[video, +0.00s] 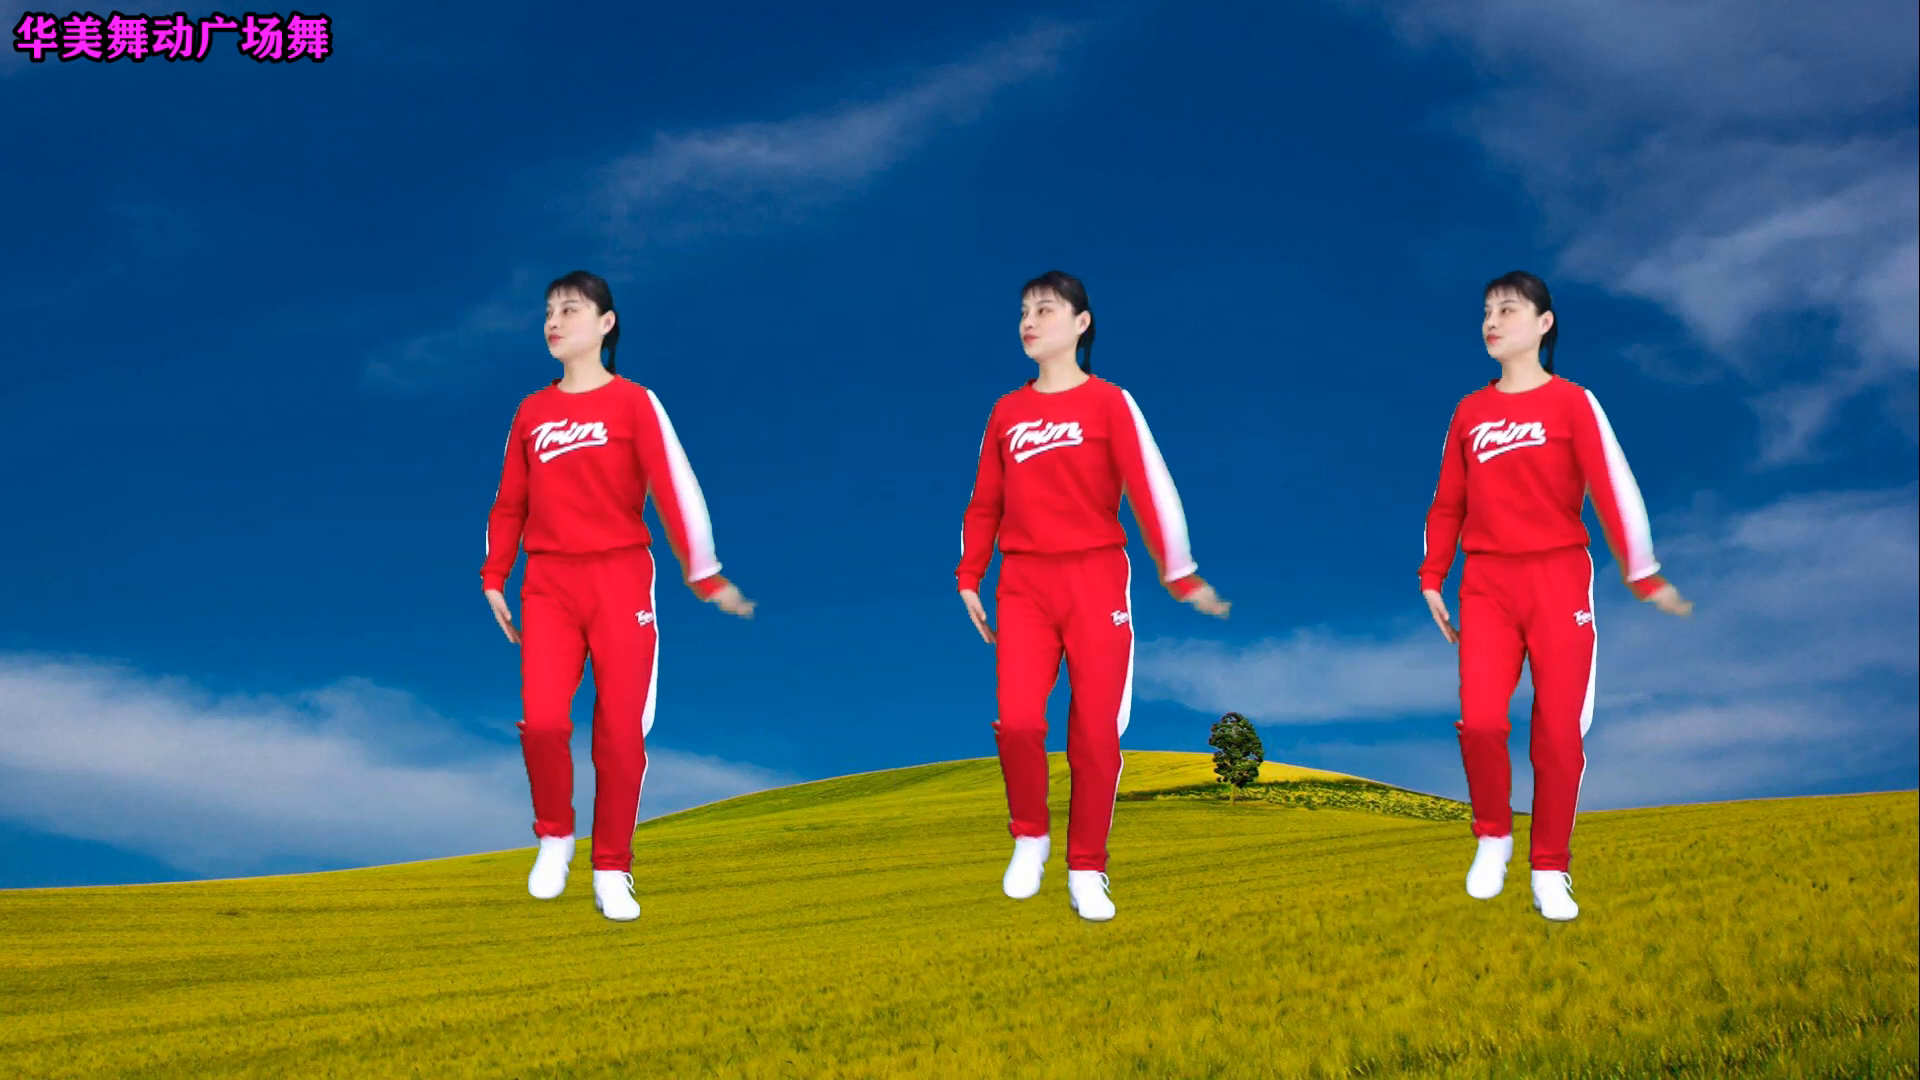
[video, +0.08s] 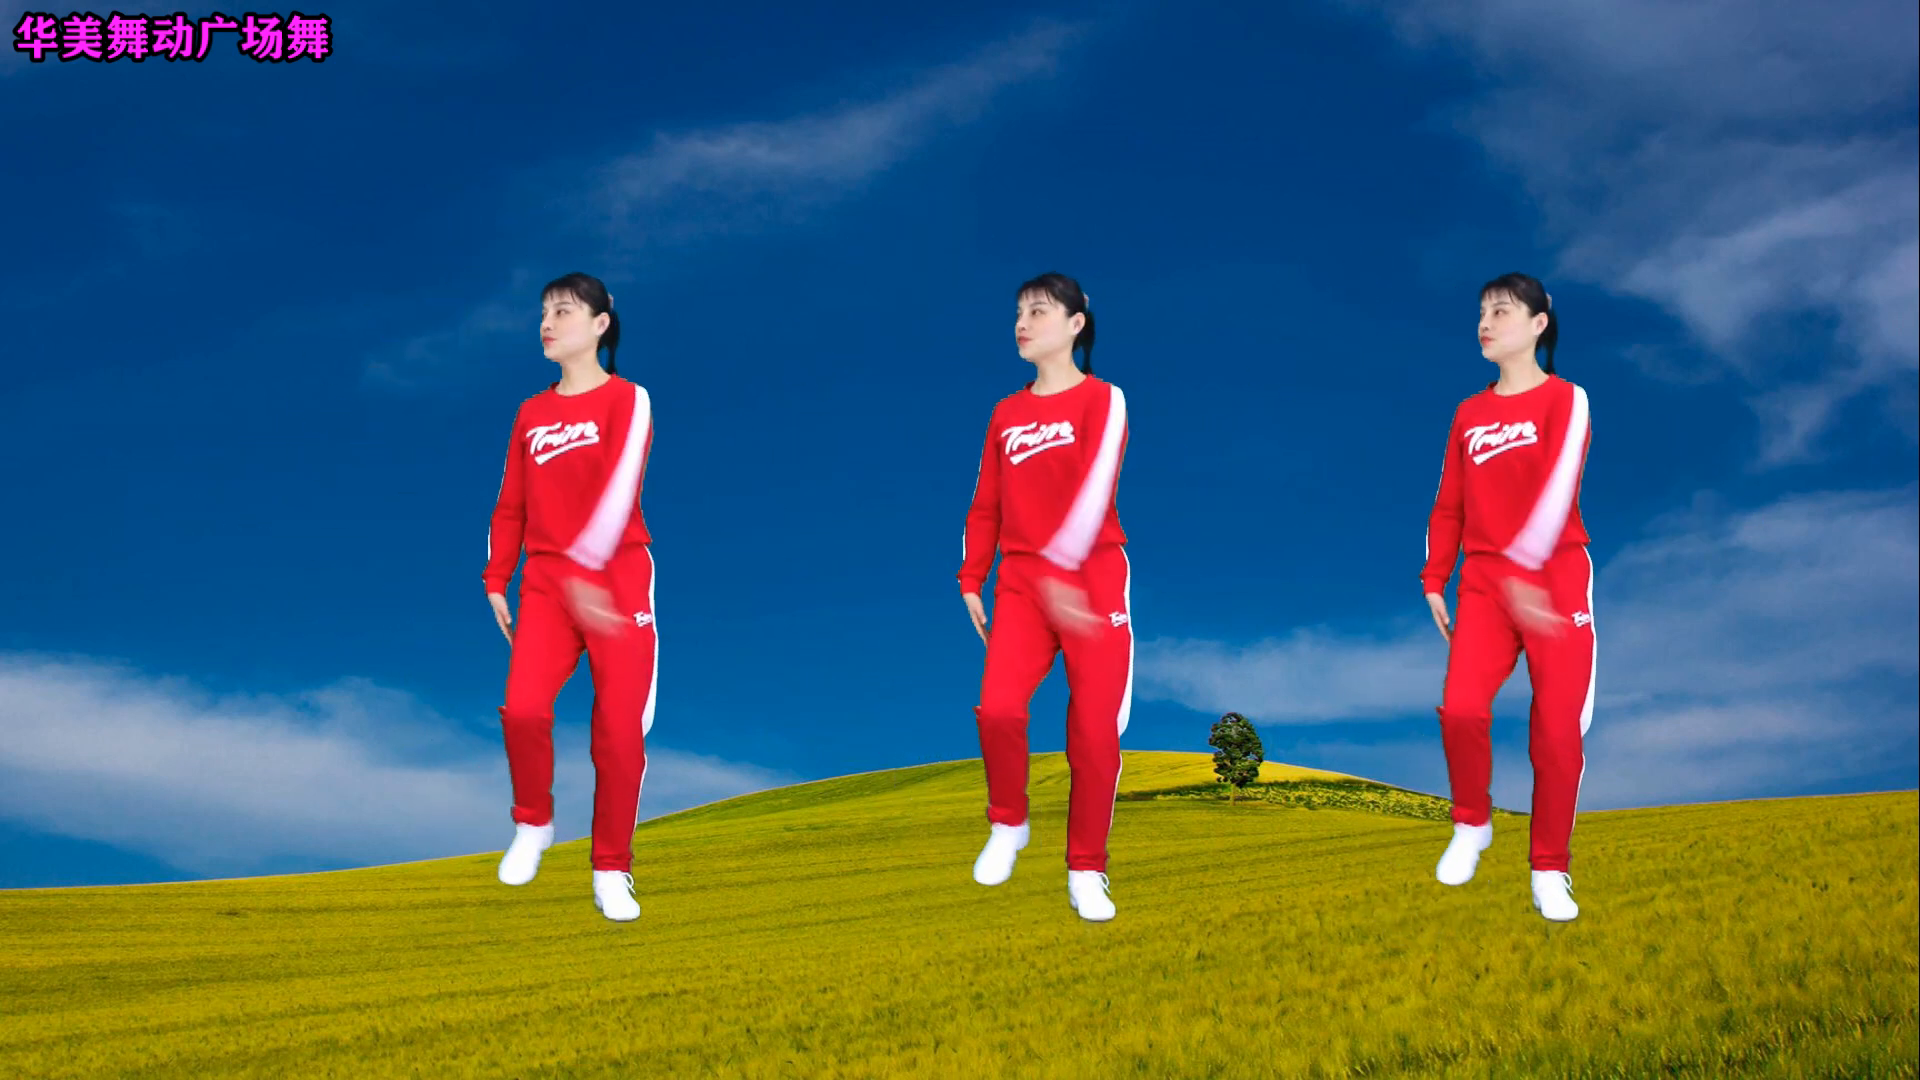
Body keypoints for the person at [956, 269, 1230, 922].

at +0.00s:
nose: (1029, 322)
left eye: (1044, 311)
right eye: (1025, 313)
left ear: (1080, 324)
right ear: (1022, 330)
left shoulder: (1109, 402)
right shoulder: (1007, 412)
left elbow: (1150, 486)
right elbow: (985, 502)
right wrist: (968, 575)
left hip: (1097, 579)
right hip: (1023, 582)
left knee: (1096, 729)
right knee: (1016, 721)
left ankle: (1087, 867)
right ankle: (1031, 835)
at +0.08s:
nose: (1023, 323)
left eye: (1038, 312)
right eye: (1020, 315)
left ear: (1075, 324)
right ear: (1019, 331)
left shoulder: (1103, 398)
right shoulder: (1007, 413)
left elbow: (1097, 488)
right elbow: (986, 503)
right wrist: (971, 578)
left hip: (1095, 576)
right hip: (1024, 578)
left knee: (1095, 728)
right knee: (997, 709)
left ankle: (1087, 866)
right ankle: (1007, 820)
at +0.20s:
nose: (1011, 306)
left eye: (1026, 294)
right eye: (1008, 297)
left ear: (1066, 304)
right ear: (1009, 313)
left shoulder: (1095, 369)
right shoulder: (993, 393)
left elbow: (1031, 386)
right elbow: (979, 484)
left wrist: (943, 406)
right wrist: (967, 561)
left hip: (1080, 558)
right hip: (1006, 561)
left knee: (1085, 719)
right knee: (967, 699)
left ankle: (1089, 862)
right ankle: (959, 828)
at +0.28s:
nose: (1004, 293)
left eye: (1019, 282)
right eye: (1000, 286)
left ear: (1057, 294)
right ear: (999, 299)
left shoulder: (1084, 358)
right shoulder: (986, 386)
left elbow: (1025, 331)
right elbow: (967, 476)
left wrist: (943, 316)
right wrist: (956, 554)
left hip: (1066, 552)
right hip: (994, 555)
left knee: (1078, 713)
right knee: (952, 704)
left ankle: (1091, 860)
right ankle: (924, 844)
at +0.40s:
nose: (979, 308)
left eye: (993, 299)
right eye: (979, 299)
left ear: (1029, 310)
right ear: (984, 314)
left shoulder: (1058, 377)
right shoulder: (963, 394)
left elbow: (1036, 299)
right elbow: (940, 487)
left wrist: (978, 246)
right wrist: (926, 567)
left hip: (1040, 558)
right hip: (968, 563)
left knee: (1065, 720)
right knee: (933, 724)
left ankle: (1087, 861)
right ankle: (899, 859)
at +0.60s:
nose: (949, 313)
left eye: (965, 304)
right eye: (944, 305)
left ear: (999, 317)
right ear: (937, 320)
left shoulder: (1013, 387)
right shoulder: (911, 392)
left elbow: (1055, 341)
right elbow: (880, 481)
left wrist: (1059, 253)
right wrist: (871, 560)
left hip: (974, 563)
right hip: (904, 568)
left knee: (1004, 722)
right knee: (896, 734)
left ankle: (1060, 850)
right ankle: (898, 865)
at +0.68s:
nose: (944, 317)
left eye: (959, 308)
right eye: (936, 309)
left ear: (984, 323)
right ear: (925, 323)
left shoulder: (1002, 394)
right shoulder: (897, 398)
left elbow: (1057, 380)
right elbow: (864, 483)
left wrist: (1089, 312)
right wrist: (846, 559)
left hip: (962, 570)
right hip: (891, 569)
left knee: (955, 719)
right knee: (886, 730)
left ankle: (1016, 823)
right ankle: (898, 865)